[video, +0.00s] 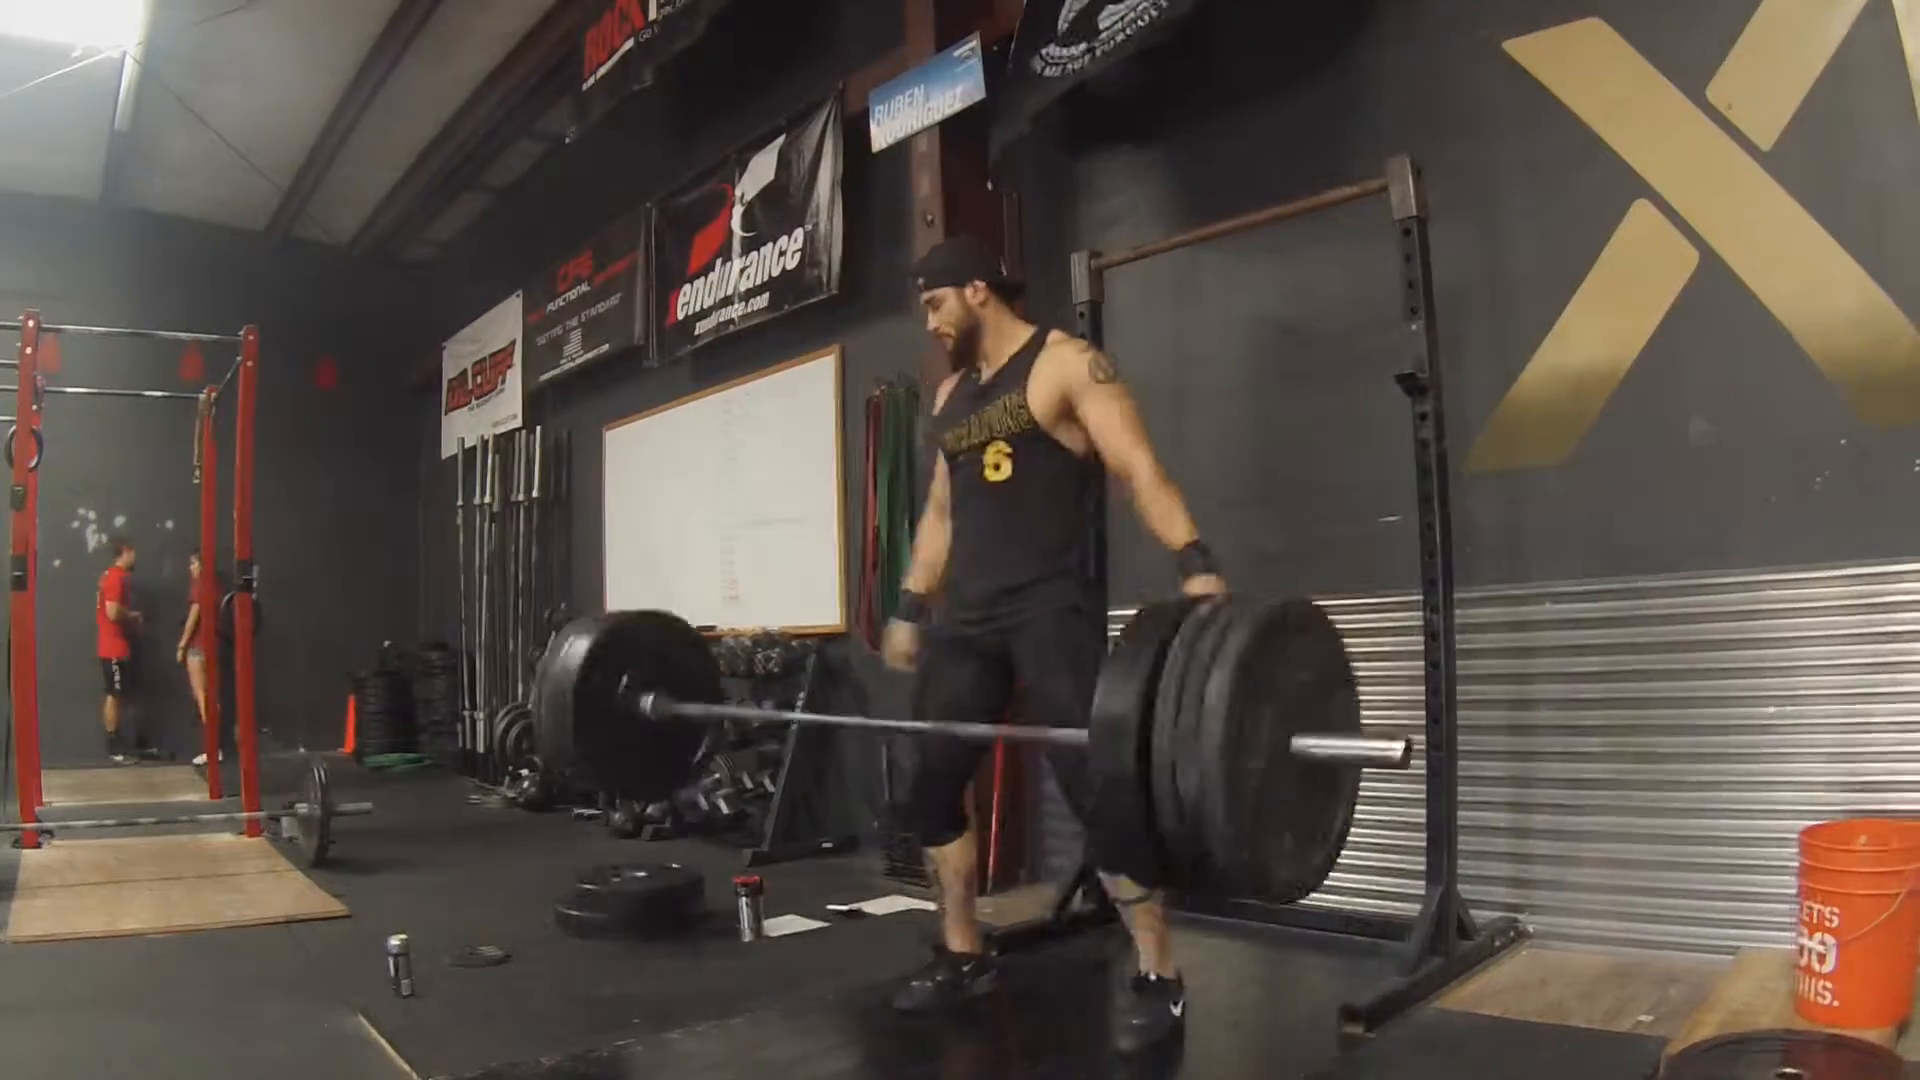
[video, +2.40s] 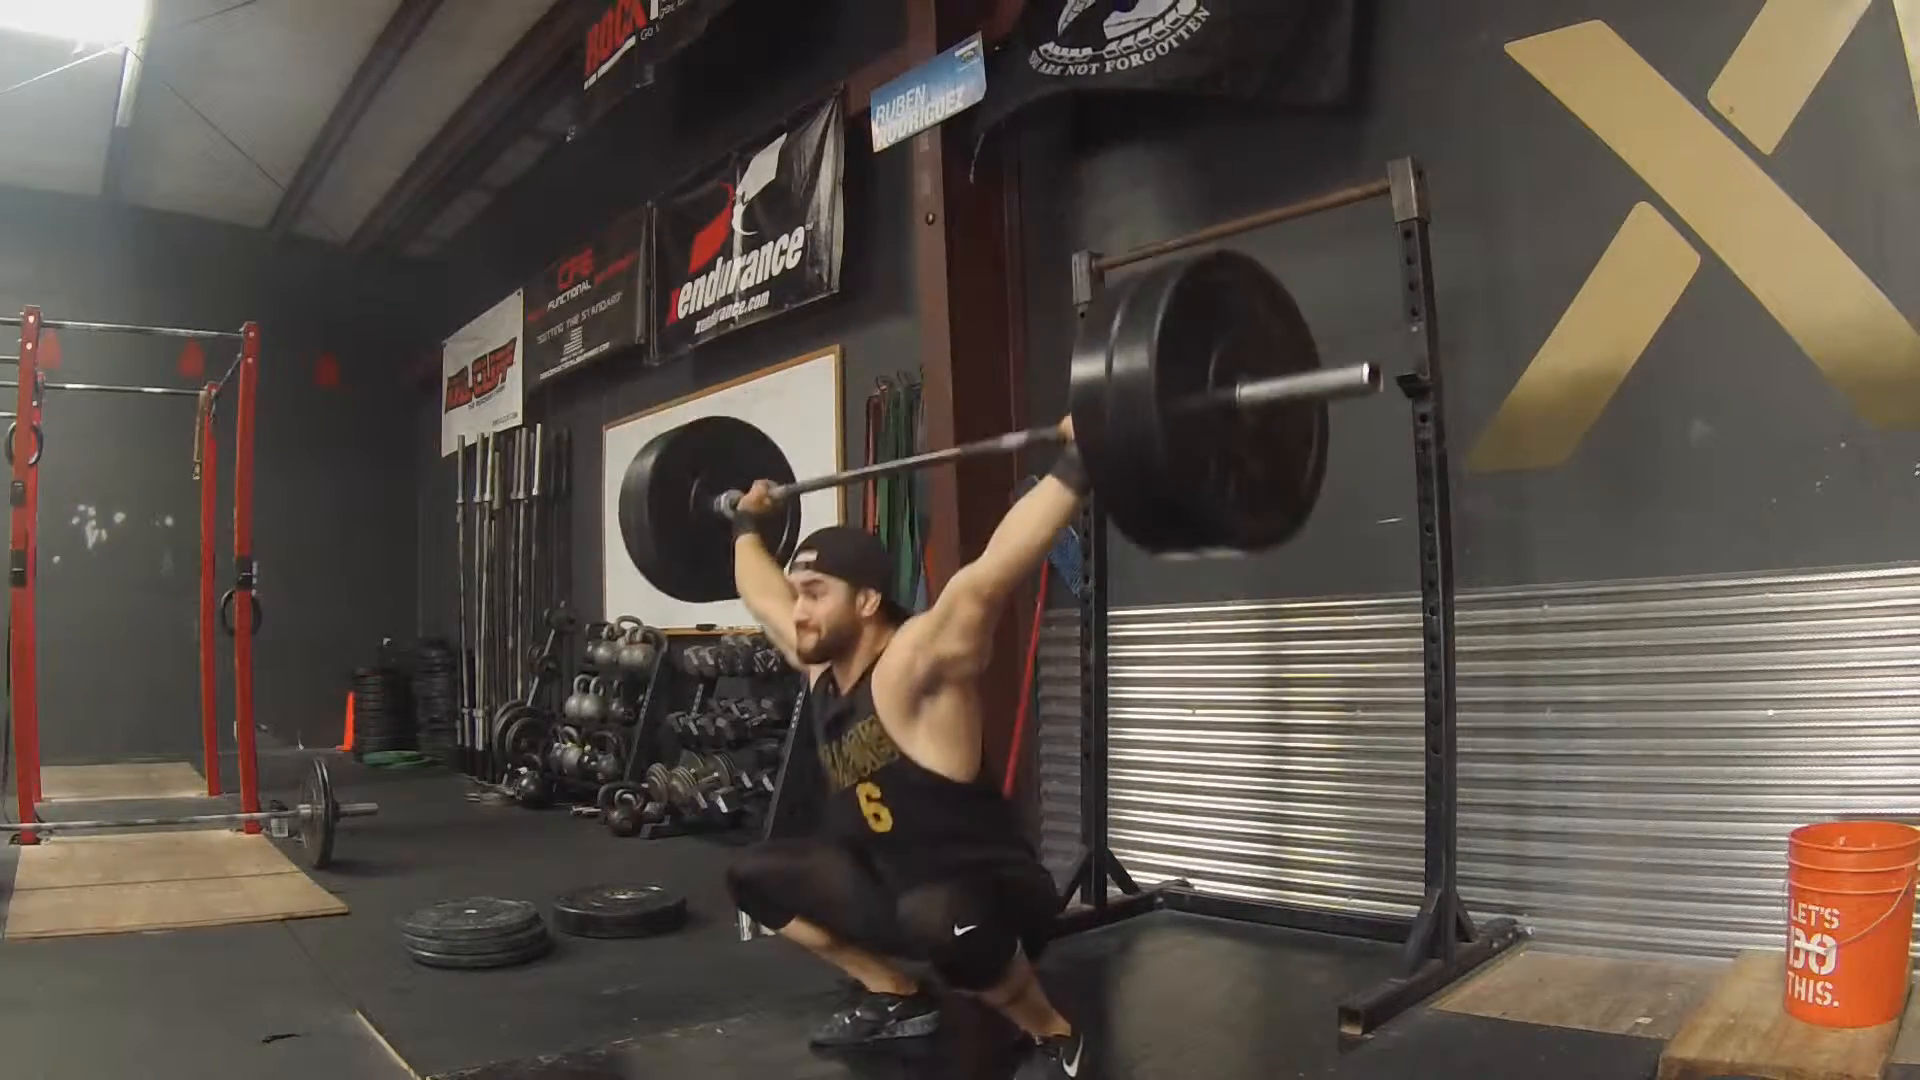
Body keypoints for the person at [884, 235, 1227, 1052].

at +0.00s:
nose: (928, 319)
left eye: (935, 301)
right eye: (923, 307)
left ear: (981, 290)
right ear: (951, 304)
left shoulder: (1066, 363)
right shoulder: (954, 395)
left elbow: (1140, 470)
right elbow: (940, 511)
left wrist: (1194, 561)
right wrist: (908, 608)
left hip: (1055, 614)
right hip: (967, 621)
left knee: (1099, 792)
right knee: (931, 786)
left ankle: (1159, 977)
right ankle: (962, 952)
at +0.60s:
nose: (804, 385)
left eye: (824, 371)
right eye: (806, 372)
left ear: (876, 388)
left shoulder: (953, 476)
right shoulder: (833, 500)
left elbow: (1062, 581)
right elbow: (825, 608)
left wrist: (1129, 705)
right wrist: (805, 701)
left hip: (1056, 647)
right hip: (972, 658)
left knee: (1064, 819)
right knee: (882, 778)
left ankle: (1079, 1024)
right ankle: (918, 990)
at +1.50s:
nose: (857, 295)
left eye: (879, 284)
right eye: (857, 287)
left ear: (922, 312)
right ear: (855, 323)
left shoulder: (972, 401)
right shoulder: (857, 430)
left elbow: (1073, 492)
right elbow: (827, 533)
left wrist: (1112, 610)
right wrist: (791, 624)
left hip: (1017, 659)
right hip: (920, 663)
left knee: (1016, 855)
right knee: (843, 805)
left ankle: (1069, 1025)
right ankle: (915, 992)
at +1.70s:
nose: (999, 225)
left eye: (1021, 220)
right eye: (995, 220)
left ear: (1056, 250)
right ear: (982, 254)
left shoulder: (1047, 298)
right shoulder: (935, 339)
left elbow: (1092, 354)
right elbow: (860, 414)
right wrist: (779, 476)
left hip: (983, 554)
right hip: (895, 557)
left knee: (1000, 768)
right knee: (873, 758)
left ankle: (1059, 1004)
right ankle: (895, 970)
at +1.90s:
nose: (935, 351)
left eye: (953, 334)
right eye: (935, 337)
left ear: (1004, 344)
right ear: (942, 351)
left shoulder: (1037, 408)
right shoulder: (931, 427)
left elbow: (1121, 424)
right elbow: (856, 444)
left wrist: (1100, 319)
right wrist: (783, 403)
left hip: (1005, 693)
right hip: (926, 694)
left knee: (987, 871)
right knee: (804, 827)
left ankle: (1061, 1038)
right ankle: (897, 993)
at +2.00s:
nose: (861, 453)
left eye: (880, 437)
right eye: (860, 440)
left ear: (930, 454)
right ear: (862, 459)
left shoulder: (975, 521)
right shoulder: (866, 542)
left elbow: (1057, 447)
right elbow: (794, 498)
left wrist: (1077, 324)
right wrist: (756, 427)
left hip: (1013, 786)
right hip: (917, 786)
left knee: (977, 889)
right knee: (793, 848)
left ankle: (1057, 1034)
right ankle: (898, 995)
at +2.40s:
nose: (797, 612)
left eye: (815, 592)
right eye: (794, 595)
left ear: (867, 603)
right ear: (791, 607)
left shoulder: (927, 654)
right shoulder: (827, 672)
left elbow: (993, 575)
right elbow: (769, 597)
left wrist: (1074, 467)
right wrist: (750, 525)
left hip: (983, 878)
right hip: (882, 879)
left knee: (941, 918)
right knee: (756, 876)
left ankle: (1051, 1034)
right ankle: (895, 993)